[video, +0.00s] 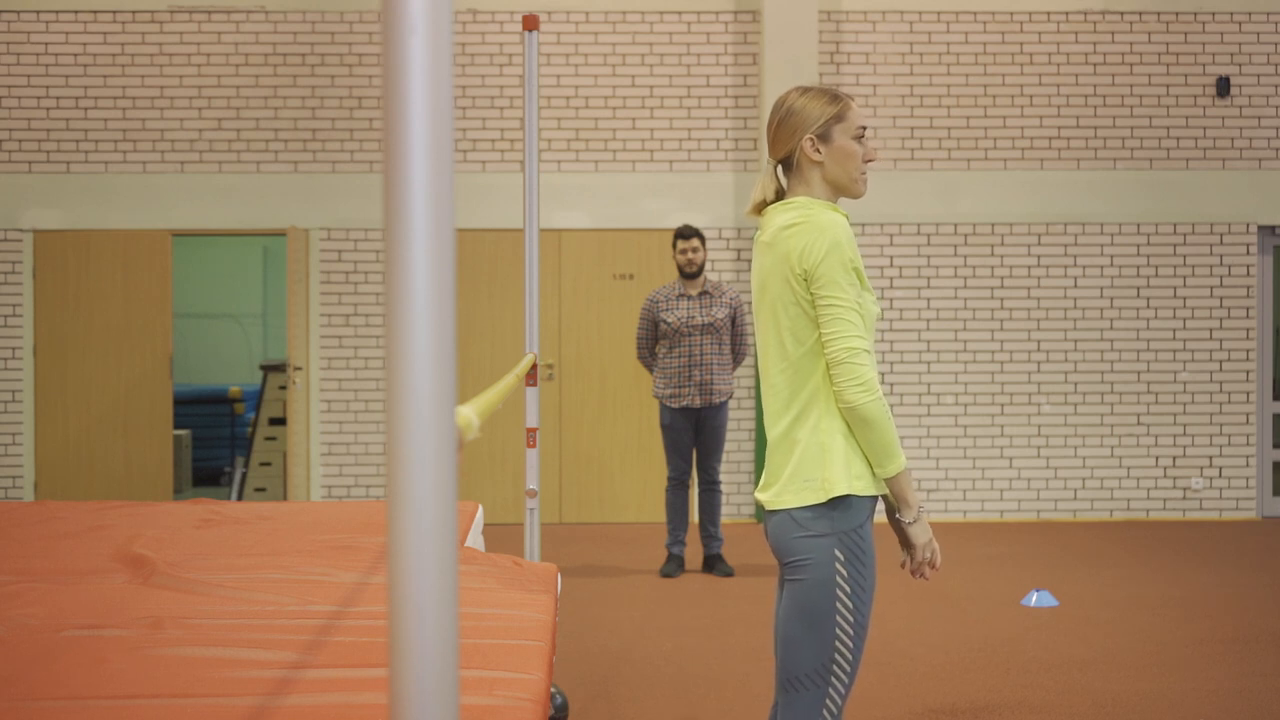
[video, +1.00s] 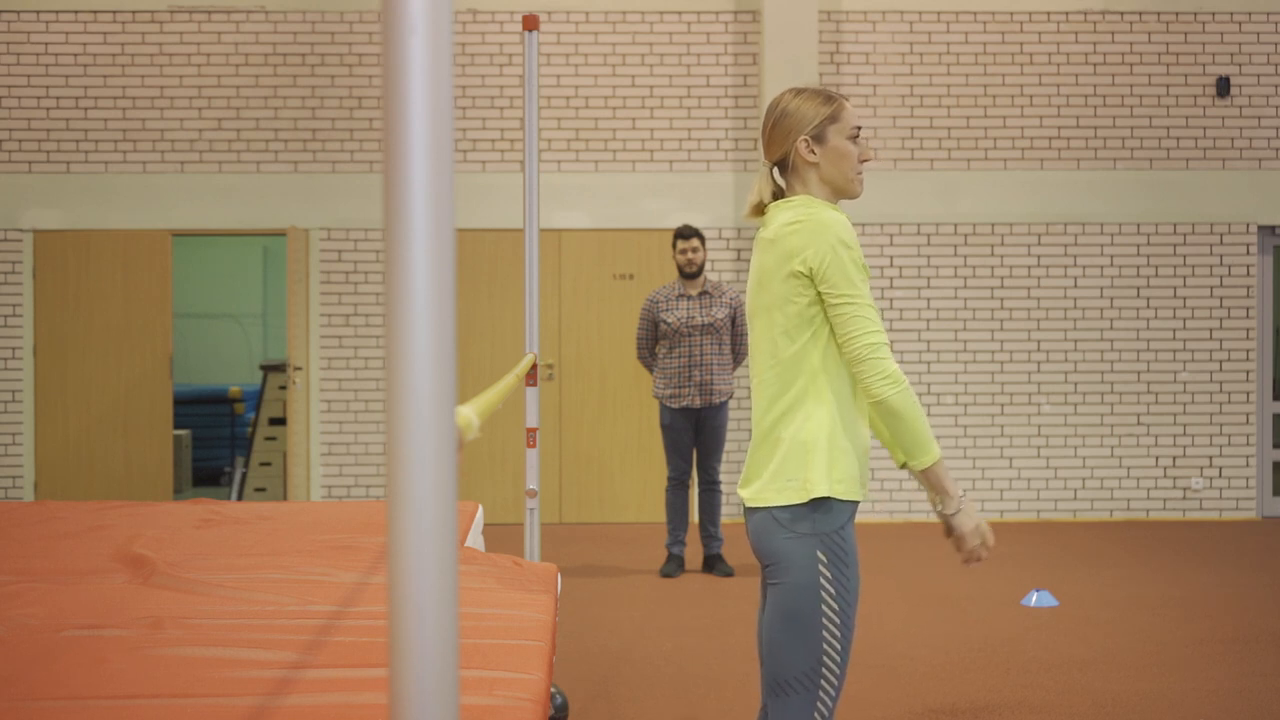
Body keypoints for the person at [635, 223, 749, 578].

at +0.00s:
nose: (689, 256)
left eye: (695, 250)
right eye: (682, 251)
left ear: (705, 253)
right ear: (674, 256)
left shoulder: (728, 296)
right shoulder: (658, 300)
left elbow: (741, 347)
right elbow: (644, 350)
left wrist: (718, 372)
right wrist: (669, 376)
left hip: (715, 401)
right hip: (674, 402)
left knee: (710, 478)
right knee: (678, 477)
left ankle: (713, 552)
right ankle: (675, 553)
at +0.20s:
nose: (689, 256)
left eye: (695, 250)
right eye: (682, 251)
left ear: (705, 253)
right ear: (674, 256)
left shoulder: (728, 296)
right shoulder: (658, 300)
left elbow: (741, 347)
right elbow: (644, 350)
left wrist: (718, 372)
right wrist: (669, 376)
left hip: (715, 401)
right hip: (674, 402)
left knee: (710, 478)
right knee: (678, 477)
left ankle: (713, 552)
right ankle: (675, 553)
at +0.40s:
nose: (689, 256)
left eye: (695, 250)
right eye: (682, 251)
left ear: (705, 254)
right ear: (674, 256)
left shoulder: (728, 297)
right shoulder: (658, 300)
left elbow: (741, 347)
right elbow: (644, 350)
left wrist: (718, 372)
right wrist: (669, 375)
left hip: (715, 402)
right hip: (674, 402)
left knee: (710, 478)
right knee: (678, 477)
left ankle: (713, 553)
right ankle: (675, 553)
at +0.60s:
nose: (689, 256)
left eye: (695, 250)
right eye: (682, 251)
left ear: (705, 254)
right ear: (674, 256)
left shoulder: (728, 297)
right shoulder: (658, 300)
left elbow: (741, 347)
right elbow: (644, 350)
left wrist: (718, 372)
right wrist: (669, 376)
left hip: (715, 402)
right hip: (674, 402)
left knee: (710, 478)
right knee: (678, 478)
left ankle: (713, 553)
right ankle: (675, 553)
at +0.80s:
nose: (689, 256)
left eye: (695, 250)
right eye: (682, 251)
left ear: (705, 254)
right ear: (674, 256)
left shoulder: (728, 297)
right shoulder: (658, 300)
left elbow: (741, 347)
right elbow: (644, 350)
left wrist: (718, 372)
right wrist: (669, 376)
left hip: (715, 402)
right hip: (674, 402)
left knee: (710, 478)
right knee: (678, 477)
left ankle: (713, 552)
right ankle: (675, 553)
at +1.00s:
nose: (689, 256)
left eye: (695, 250)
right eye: (682, 251)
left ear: (705, 254)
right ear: (674, 256)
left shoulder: (728, 297)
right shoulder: (659, 300)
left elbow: (740, 348)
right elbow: (644, 350)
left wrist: (718, 372)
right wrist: (669, 376)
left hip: (715, 402)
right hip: (674, 402)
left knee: (710, 478)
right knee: (678, 477)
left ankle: (713, 552)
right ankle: (675, 553)